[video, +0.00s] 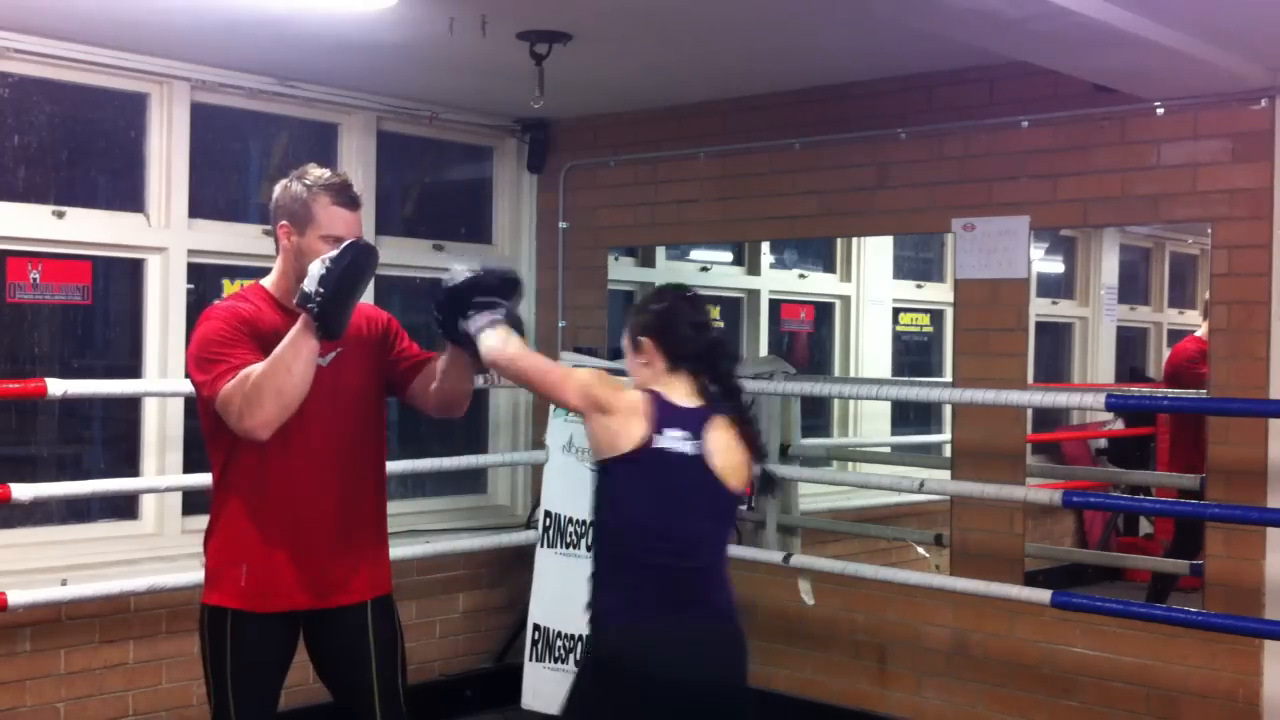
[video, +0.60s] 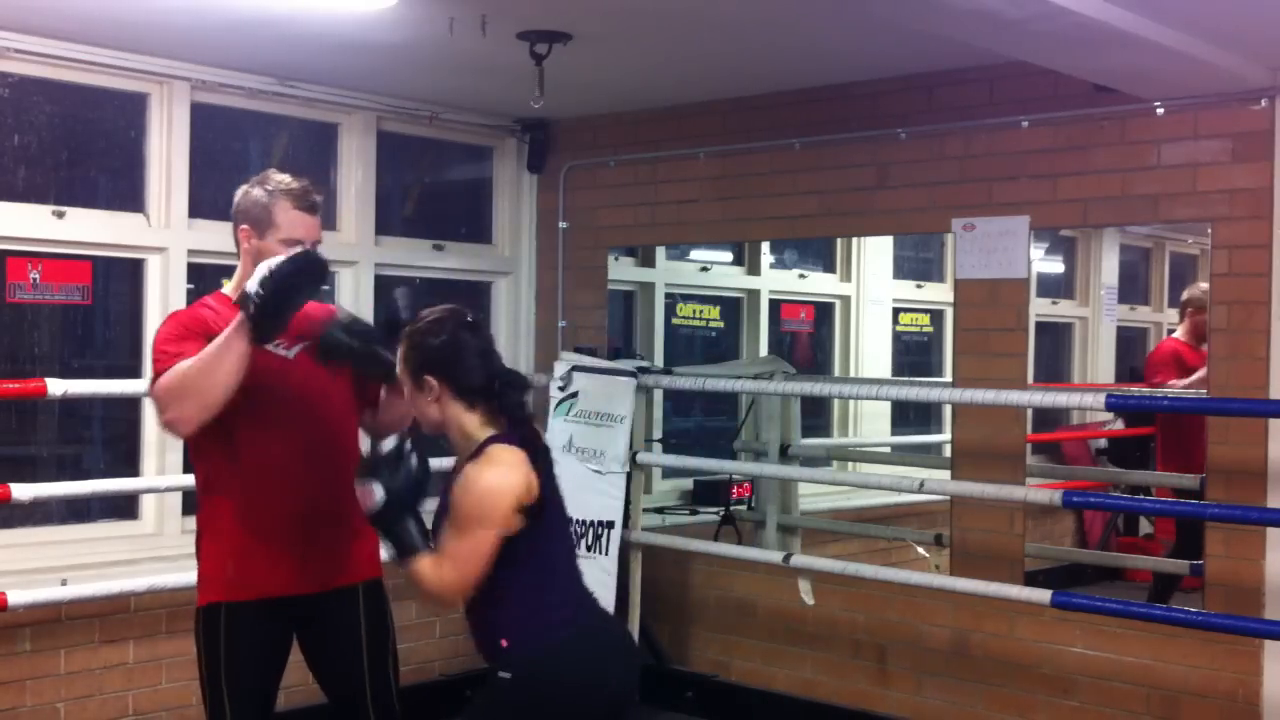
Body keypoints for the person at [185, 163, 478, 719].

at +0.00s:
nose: (345, 258)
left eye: (353, 245)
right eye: (331, 241)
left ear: (363, 245)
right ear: (285, 236)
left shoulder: (372, 326)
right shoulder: (226, 323)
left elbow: (445, 401)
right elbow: (254, 416)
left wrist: (463, 332)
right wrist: (316, 316)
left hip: (354, 581)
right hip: (251, 586)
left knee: (382, 710)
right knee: (241, 713)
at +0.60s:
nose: (307, 260)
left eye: (314, 246)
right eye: (292, 245)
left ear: (321, 242)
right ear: (246, 239)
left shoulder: (333, 324)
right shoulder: (193, 324)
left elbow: (386, 421)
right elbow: (180, 414)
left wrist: (396, 372)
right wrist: (253, 318)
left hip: (344, 577)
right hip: (242, 585)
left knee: (375, 709)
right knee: (238, 713)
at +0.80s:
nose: (312, 259)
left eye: (317, 245)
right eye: (296, 242)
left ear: (322, 247)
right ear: (250, 242)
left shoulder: (324, 333)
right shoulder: (194, 341)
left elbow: (353, 440)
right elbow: (208, 452)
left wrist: (388, 493)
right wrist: (296, 376)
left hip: (333, 581)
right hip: (233, 594)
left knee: (368, 708)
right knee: (233, 714)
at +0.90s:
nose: (328, 264)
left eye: (333, 250)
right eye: (313, 247)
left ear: (333, 253)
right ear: (267, 245)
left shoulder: (318, 335)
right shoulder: (214, 341)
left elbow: (311, 461)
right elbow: (250, 461)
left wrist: (334, 541)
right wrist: (335, 396)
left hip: (325, 581)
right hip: (233, 597)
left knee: (366, 707)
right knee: (236, 714)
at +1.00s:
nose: (352, 268)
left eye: (357, 254)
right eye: (337, 250)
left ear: (360, 253)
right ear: (291, 247)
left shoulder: (317, 338)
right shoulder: (248, 336)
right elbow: (296, 462)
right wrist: (363, 396)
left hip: (323, 580)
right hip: (239, 593)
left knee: (365, 704)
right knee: (240, 713)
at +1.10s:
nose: (383, 274)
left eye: (388, 260)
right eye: (369, 256)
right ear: (321, 250)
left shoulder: (324, 335)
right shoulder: (281, 333)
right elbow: (326, 459)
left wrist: (360, 392)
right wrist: (392, 386)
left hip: (326, 576)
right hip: (249, 587)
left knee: (373, 702)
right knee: (247, 711)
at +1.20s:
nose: (417, 281)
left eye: (423, 267)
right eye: (404, 262)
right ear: (357, 257)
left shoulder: (350, 333)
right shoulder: (310, 332)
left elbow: (336, 444)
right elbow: (333, 457)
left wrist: (393, 395)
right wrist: (415, 384)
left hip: (337, 573)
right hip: (259, 580)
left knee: (386, 704)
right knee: (250, 712)